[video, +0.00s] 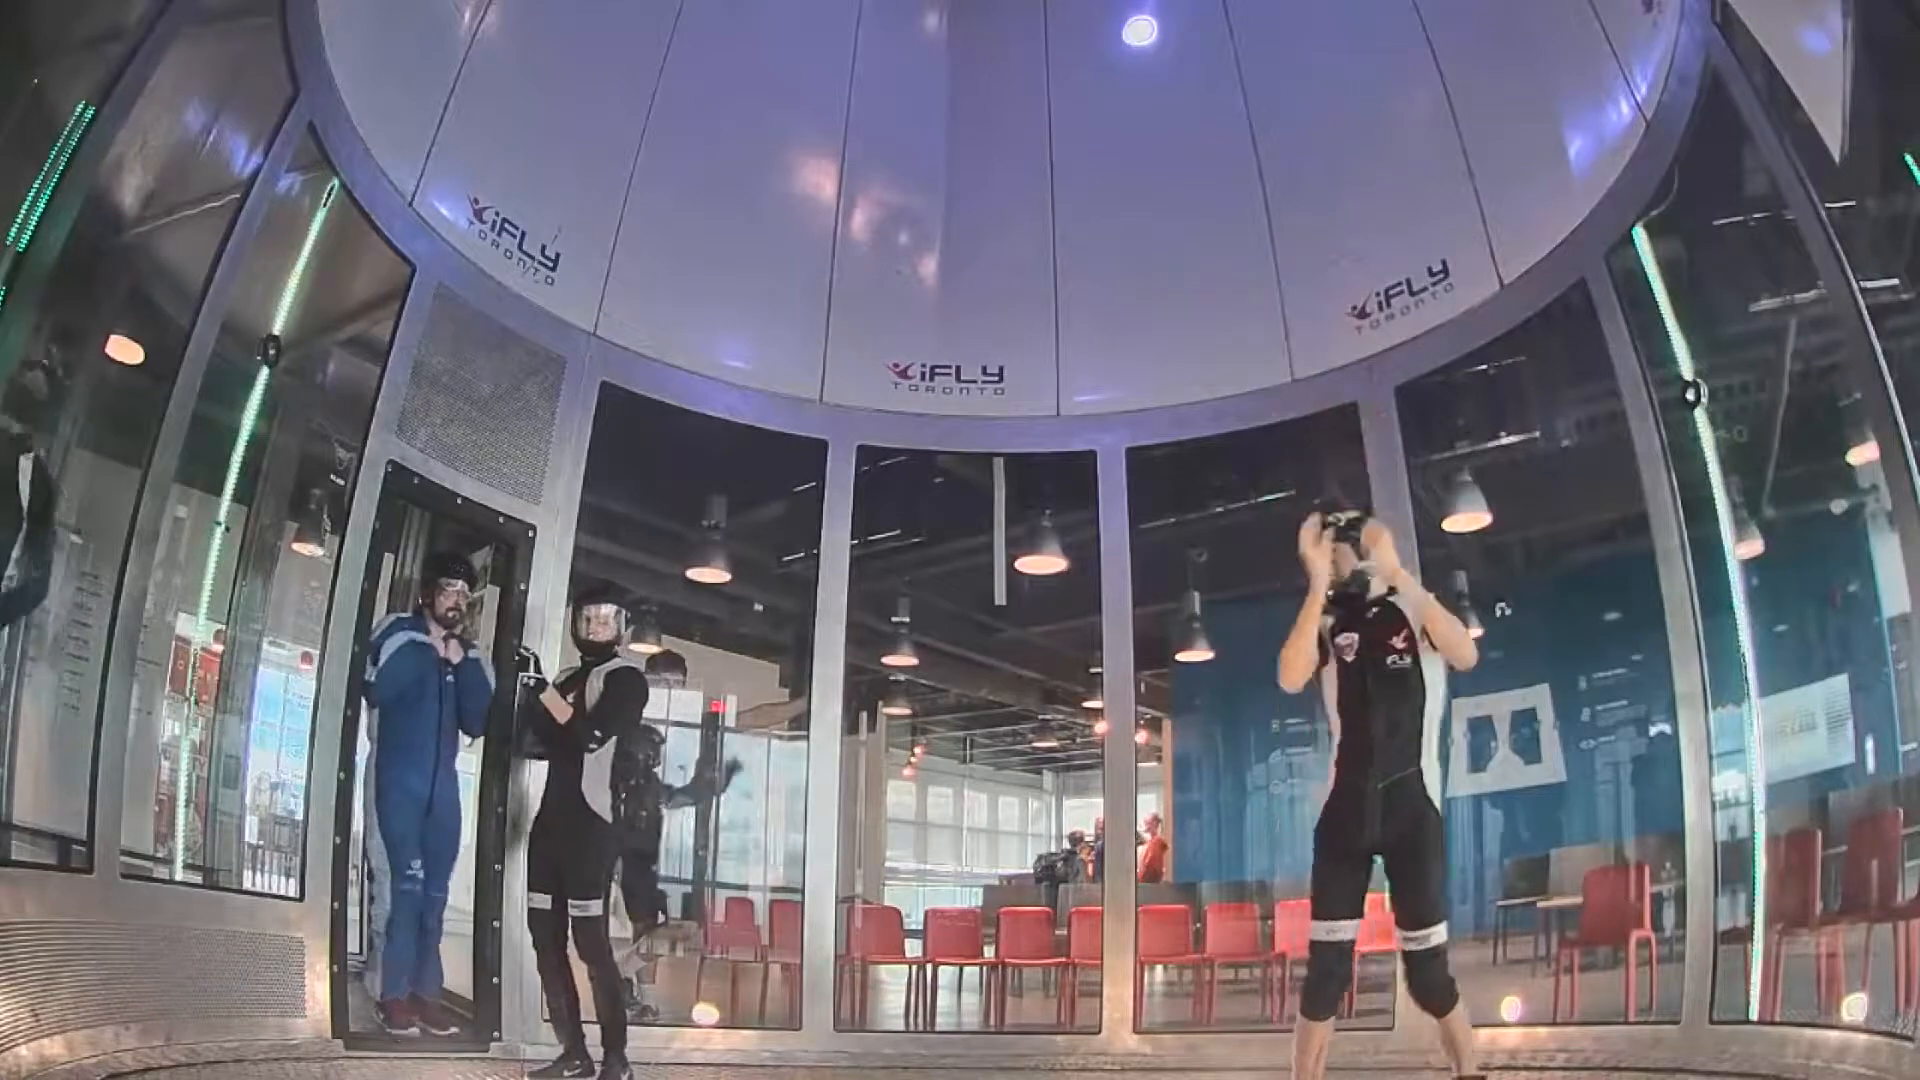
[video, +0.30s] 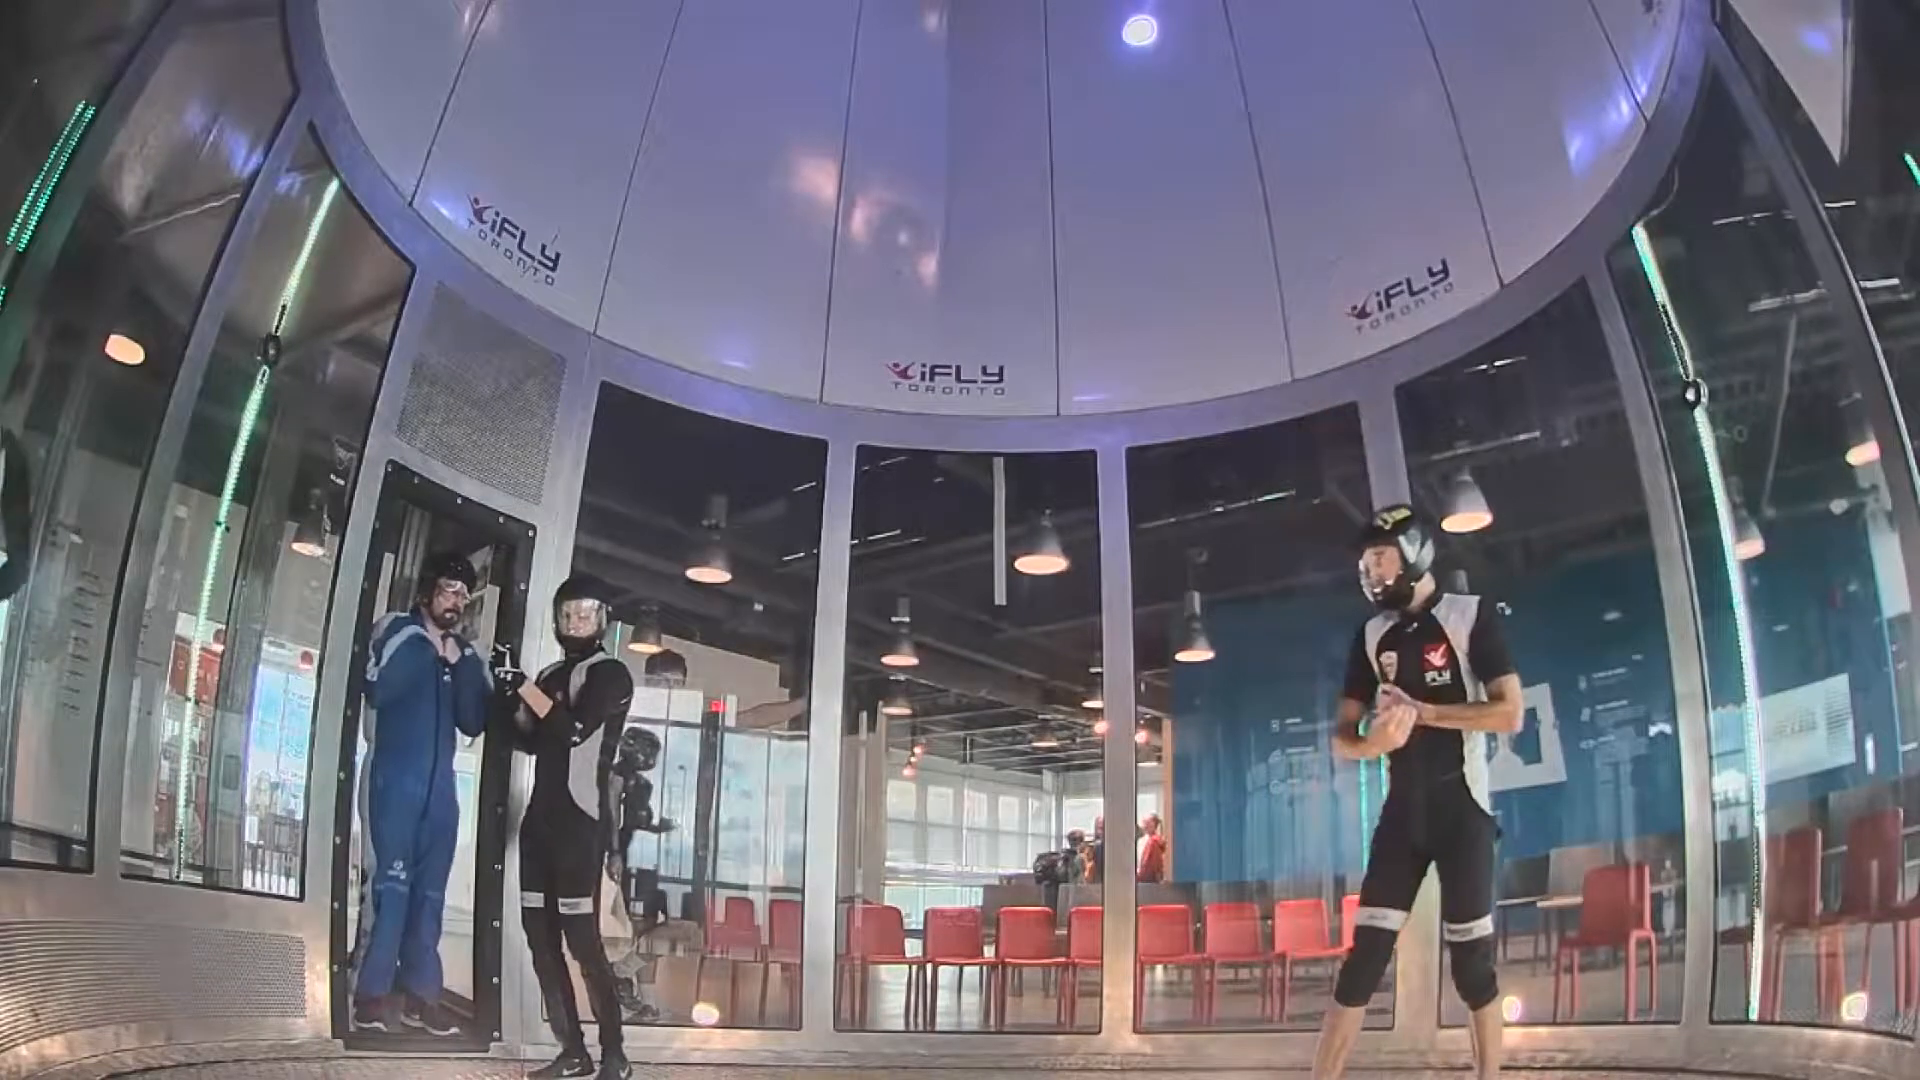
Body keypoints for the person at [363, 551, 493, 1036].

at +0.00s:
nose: (454, 601)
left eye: (462, 595)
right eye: (447, 591)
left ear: (468, 603)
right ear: (427, 593)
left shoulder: (468, 650)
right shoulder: (399, 632)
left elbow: (476, 722)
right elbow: (379, 691)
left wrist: (462, 662)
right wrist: (426, 647)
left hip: (444, 781)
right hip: (399, 777)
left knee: (436, 890)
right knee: (409, 884)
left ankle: (425, 996)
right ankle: (394, 997)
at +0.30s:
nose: (452, 601)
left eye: (461, 595)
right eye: (445, 590)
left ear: (467, 603)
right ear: (427, 592)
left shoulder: (468, 653)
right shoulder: (397, 631)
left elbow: (473, 723)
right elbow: (380, 692)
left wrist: (465, 664)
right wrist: (421, 643)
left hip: (440, 782)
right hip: (395, 776)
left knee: (430, 890)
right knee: (394, 883)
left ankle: (422, 997)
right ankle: (372, 998)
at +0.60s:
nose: (444, 599)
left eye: (452, 592)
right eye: (437, 589)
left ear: (459, 599)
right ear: (417, 589)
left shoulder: (459, 646)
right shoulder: (393, 626)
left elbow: (467, 718)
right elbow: (381, 689)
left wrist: (461, 655)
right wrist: (421, 637)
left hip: (426, 776)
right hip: (380, 772)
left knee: (434, 882)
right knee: (378, 885)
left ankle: (423, 995)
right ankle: (370, 999)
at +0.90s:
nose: (459, 601)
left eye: (468, 594)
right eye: (453, 590)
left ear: (474, 600)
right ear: (433, 588)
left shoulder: (473, 650)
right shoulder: (404, 623)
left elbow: (480, 721)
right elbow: (391, 686)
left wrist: (470, 660)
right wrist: (433, 639)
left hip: (433, 779)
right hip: (384, 773)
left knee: (428, 886)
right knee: (377, 885)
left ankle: (427, 1001)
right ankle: (368, 1001)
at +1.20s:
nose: (482, 602)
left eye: (491, 595)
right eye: (474, 590)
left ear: (497, 603)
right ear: (455, 591)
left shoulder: (499, 647)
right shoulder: (425, 632)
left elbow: (520, 706)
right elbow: (398, 691)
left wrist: (493, 649)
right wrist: (449, 645)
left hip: (465, 786)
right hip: (416, 780)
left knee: (443, 894)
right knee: (410, 885)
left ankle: (427, 1001)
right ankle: (377, 997)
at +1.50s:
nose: (503, 619)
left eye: (513, 611)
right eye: (496, 606)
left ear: (521, 615)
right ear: (473, 603)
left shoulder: (518, 656)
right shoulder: (443, 641)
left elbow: (555, 713)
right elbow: (408, 705)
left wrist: (513, 672)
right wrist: (470, 661)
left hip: (484, 798)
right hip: (432, 792)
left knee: (464, 900)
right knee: (449, 890)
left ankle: (436, 1016)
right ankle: (423, 1013)